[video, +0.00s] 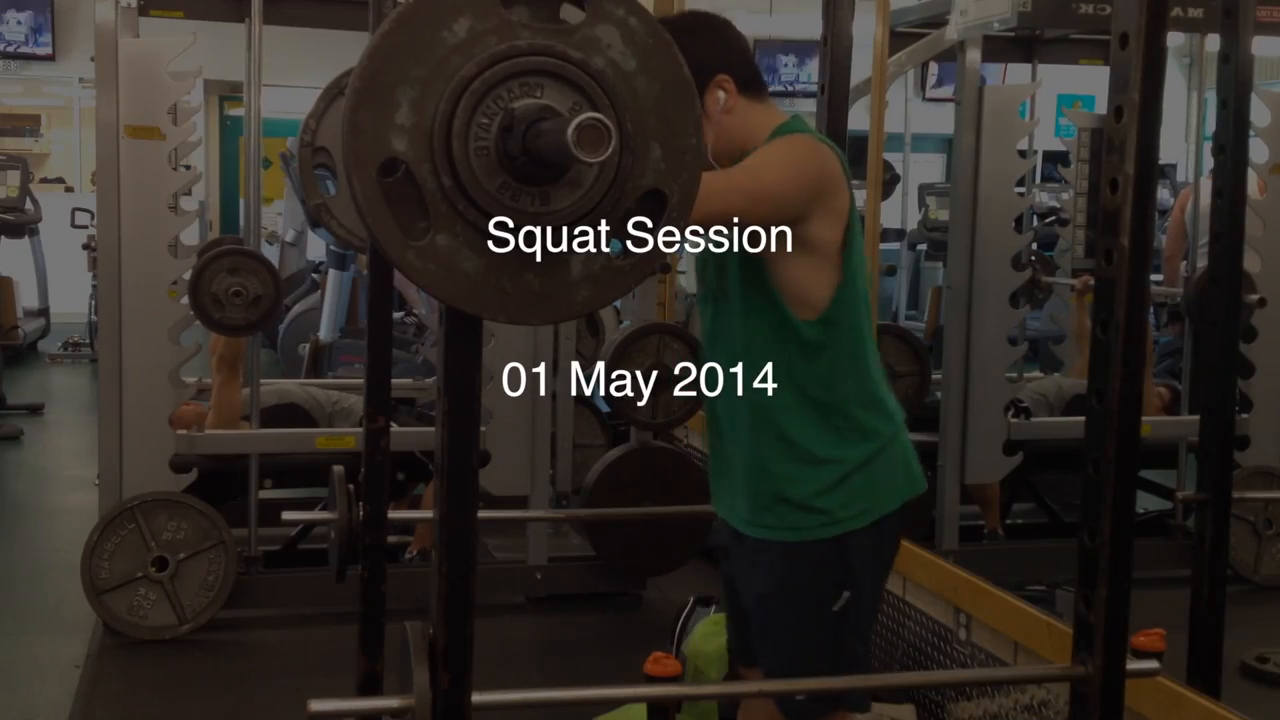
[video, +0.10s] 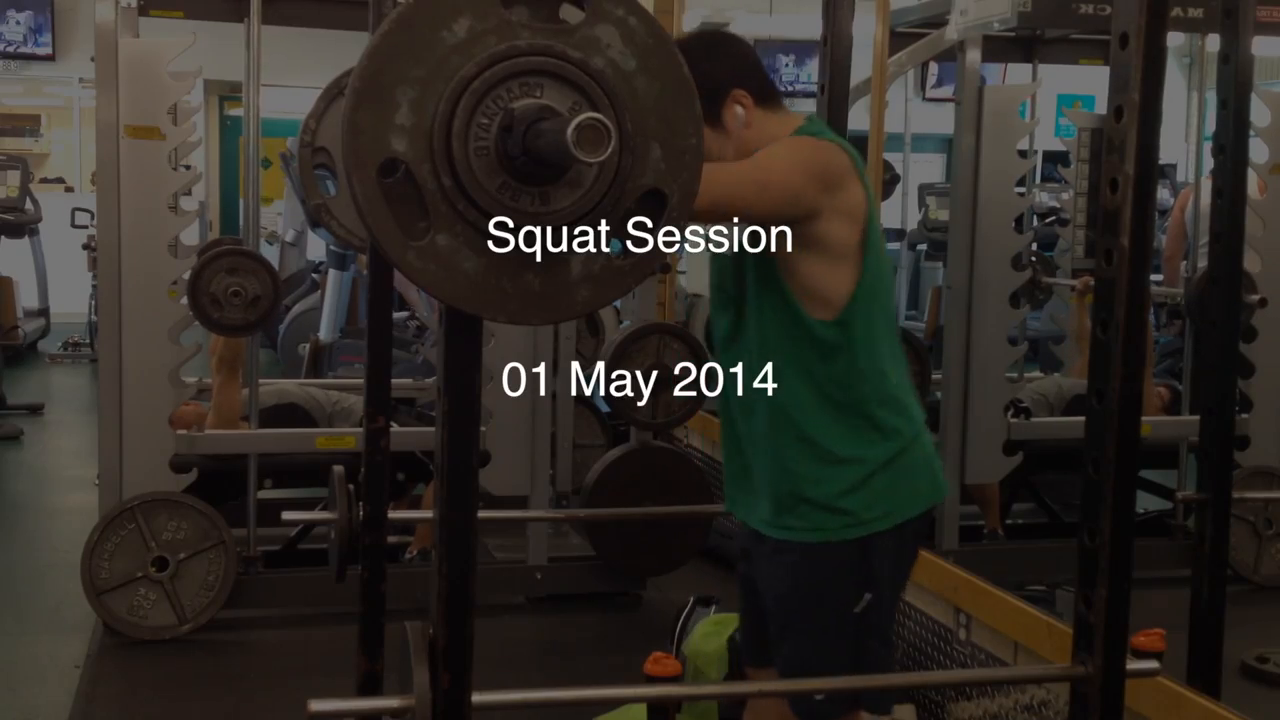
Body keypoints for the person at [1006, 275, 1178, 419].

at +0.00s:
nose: (1153, 392)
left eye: (1160, 396)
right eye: (1158, 390)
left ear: (1161, 409)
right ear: (1150, 386)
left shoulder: (1146, 421)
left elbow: (1146, 362)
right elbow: (1083, 344)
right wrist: (1079, 297)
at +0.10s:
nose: (1155, 391)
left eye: (1162, 396)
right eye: (1158, 388)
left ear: (1161, 410)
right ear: (1148, 385)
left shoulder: (1146, 416)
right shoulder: (1109, 392)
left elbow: (1146, 361)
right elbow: (1085, 345)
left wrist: (1144, 310)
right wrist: (1080, 299)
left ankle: (993, 528)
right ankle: (992, 527)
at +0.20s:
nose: (1153, 393)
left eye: (1160, 398)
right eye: (1158, 390)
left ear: (1160, 411)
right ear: (1150, 387)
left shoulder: (1143, 419)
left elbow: (1146, 363)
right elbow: (1084, 346)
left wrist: (1143, 310)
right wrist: (1080, 298)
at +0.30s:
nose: (1154, 392)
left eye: (1161, 396)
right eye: (1158, 389)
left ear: (1162, 411)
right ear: (1149, 387)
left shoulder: (1145, 421)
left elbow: (1146, 365)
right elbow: (1084, 347)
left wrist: (1143, 310)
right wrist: (1081, 299)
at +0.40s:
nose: (1154, 394)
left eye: (1160, 396)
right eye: (1157, 390)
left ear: (1161, 411)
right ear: (1148, 387)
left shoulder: (1142, 419)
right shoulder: (1101, 391)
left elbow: (1147, 363)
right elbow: (1084, 347)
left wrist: (1144, 314)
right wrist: (1081, 301)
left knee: (984, 461)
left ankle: (993, 528)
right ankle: (992, 527)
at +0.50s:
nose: (1154, 395)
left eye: (1160, 397)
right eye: (1156, 391)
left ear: (1163, 413)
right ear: (1148, 387)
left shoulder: (1144, 419)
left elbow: (1146, 364)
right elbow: (1085, 350)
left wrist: (1143, 312)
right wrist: (1081, 301)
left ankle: (993, 528)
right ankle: (992, 528)